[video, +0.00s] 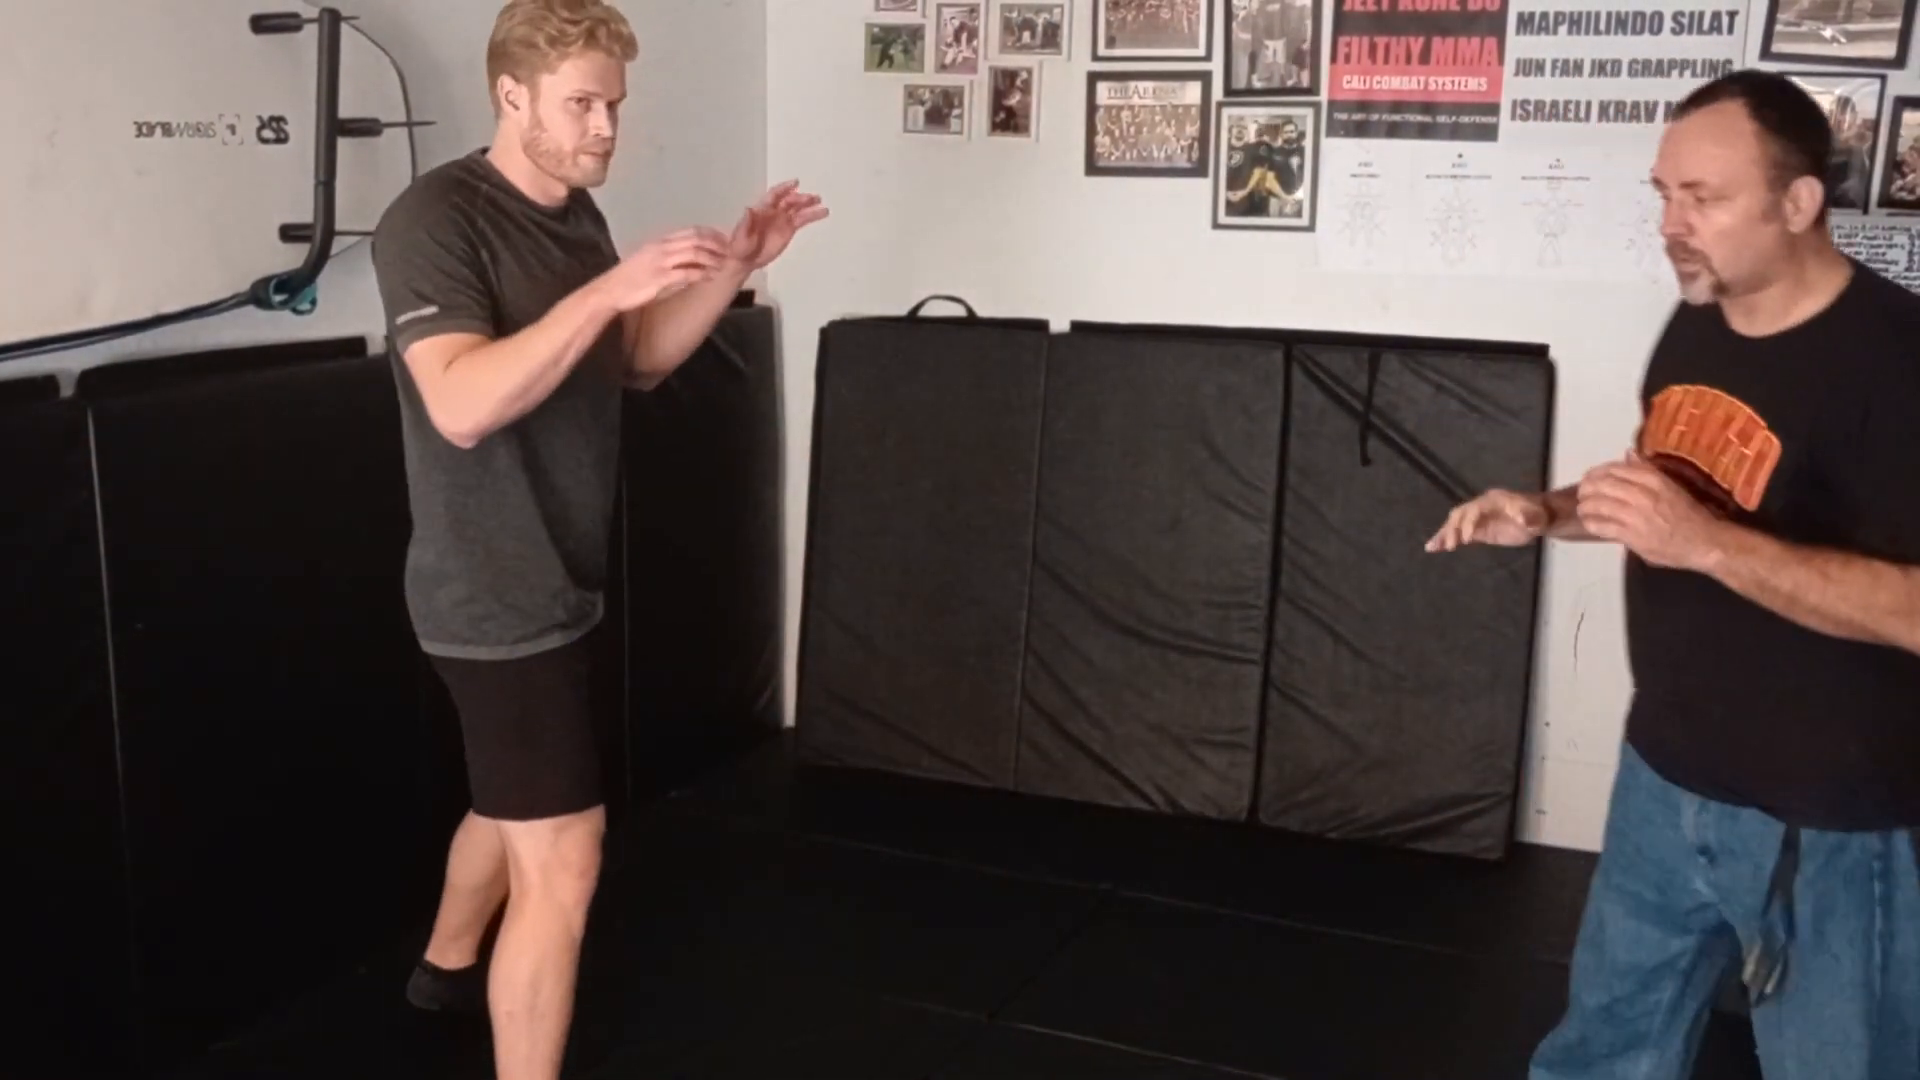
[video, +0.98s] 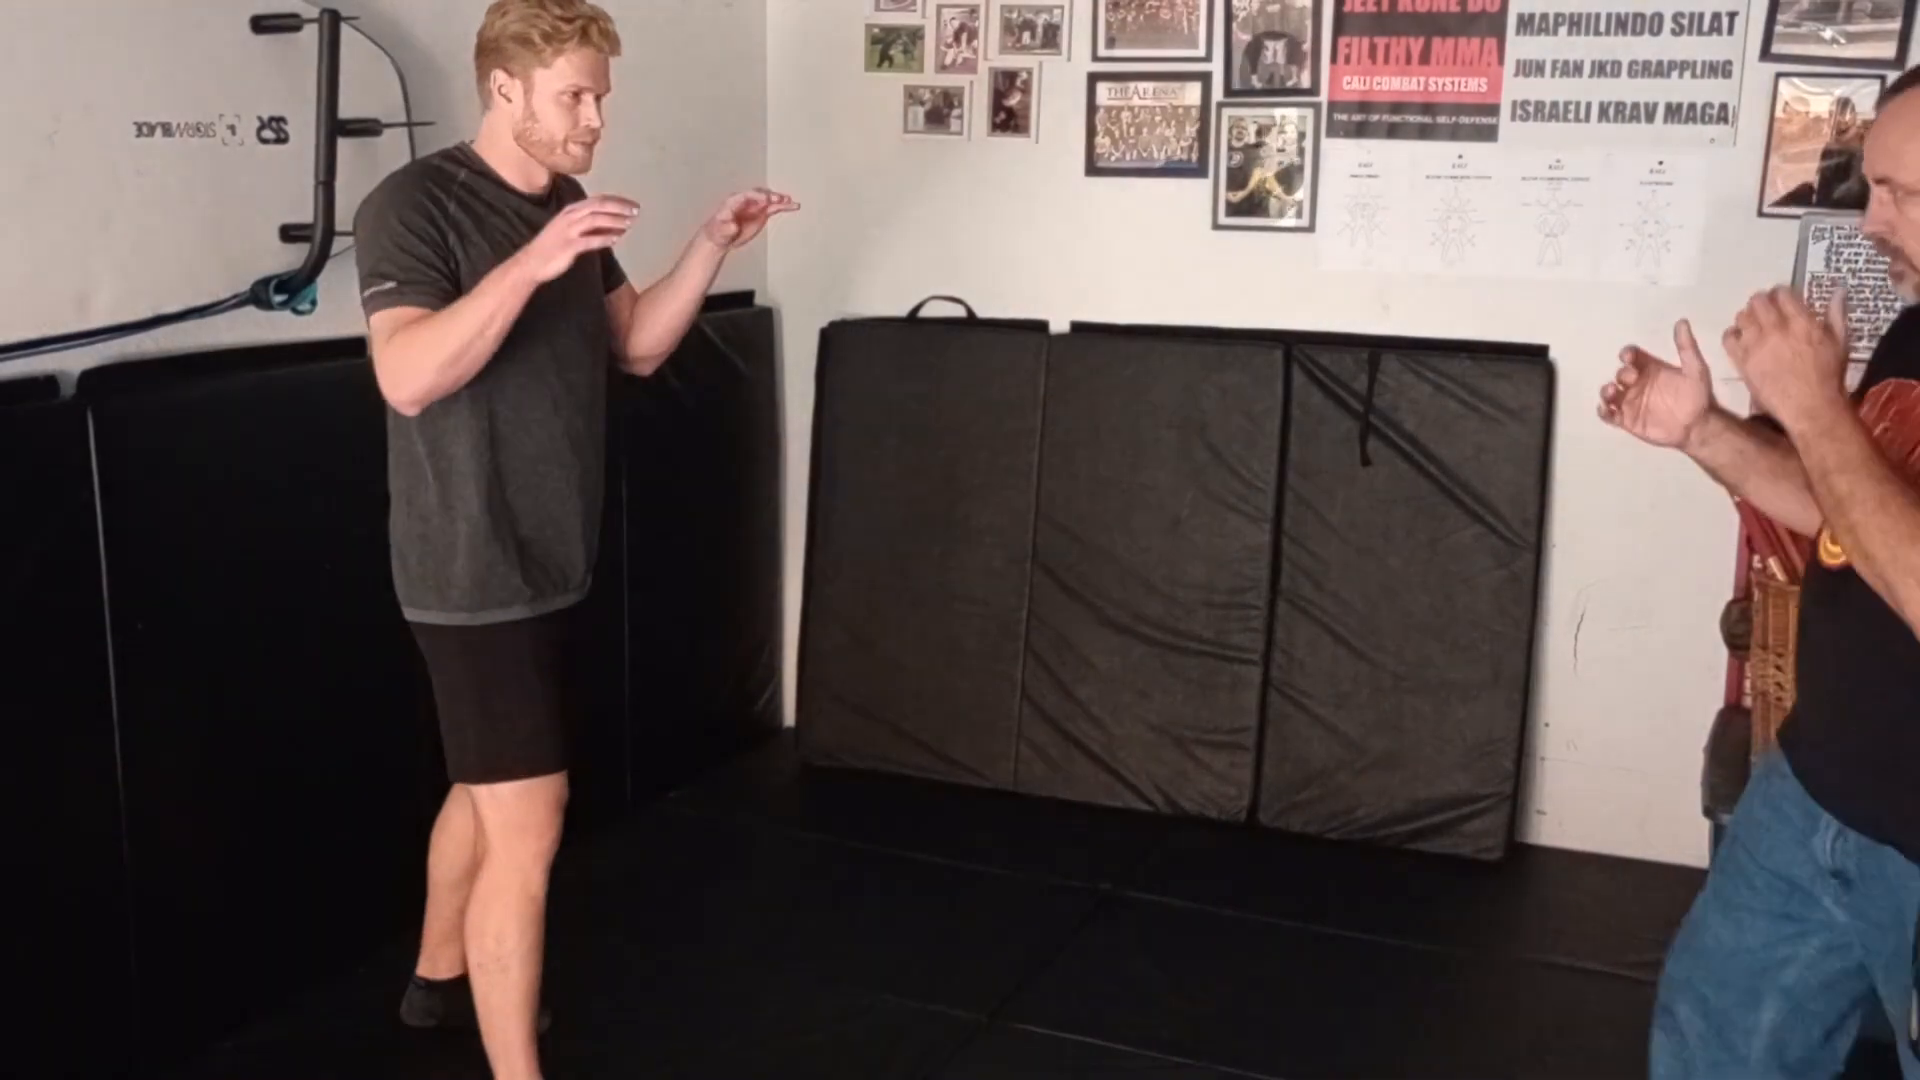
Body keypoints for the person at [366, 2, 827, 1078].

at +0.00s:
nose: (606, 125)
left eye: (615, 102)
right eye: (582, 103)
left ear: (620, 100)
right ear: (512, 100)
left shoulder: (581, 223)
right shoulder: (429, 221)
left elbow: (640, 358)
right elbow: (458, 404)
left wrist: (735, 266)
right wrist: (606, 293)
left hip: (568, 587)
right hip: (494, 605)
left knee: (503, 808)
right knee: (560, 871)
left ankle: (441, 978)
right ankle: (524, 1074)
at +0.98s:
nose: (596, 117)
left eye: (602, 96)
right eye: (576, 96)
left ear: (595, 100)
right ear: (504, 92)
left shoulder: (562, 217)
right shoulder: (411, 204)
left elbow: (638, 343)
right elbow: (406, 378)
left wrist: (710, 241)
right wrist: (533, 262)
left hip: (553, 562)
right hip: (465, 573)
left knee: (484, 788)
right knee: (525, 821)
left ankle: (435, 983)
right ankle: (516, 1069)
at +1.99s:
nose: (670, 162)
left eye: (679, 139)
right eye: (650, 139)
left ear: (681, 134)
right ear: (579, 127)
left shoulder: (661, 241)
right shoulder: (499, 231)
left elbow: (752, 340)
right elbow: (437, 381)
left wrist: (802, 231)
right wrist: (571, 243)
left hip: (614, 589)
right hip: (518, 600)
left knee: (651, 806)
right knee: (600, 865)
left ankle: (476, 972)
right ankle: (525, 1074)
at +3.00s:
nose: (927, 177)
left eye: (927, 150)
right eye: (906, 152)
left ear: (853, 148)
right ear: (830, 148)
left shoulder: (854, 252)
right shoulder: (735, 265)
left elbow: (964, 390)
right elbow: (778, 447)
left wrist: (1009, 249)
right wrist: (883, 273)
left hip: (760, 628)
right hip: (763, 644)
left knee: (686, 859)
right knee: (900, 910)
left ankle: (565, 1052)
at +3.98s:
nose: (684, 176)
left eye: (689, 152)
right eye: (664, 152)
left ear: (685, 145)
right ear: (590, 141)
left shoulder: (653, 256)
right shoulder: (489, 244)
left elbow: (702, 398)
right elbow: (472, 422)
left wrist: (768, 338)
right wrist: (600, 295)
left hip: (579, 593)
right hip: (489, 597)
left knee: (504, 816)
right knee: (569, 845)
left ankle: (419, 988)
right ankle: (480, 1072)